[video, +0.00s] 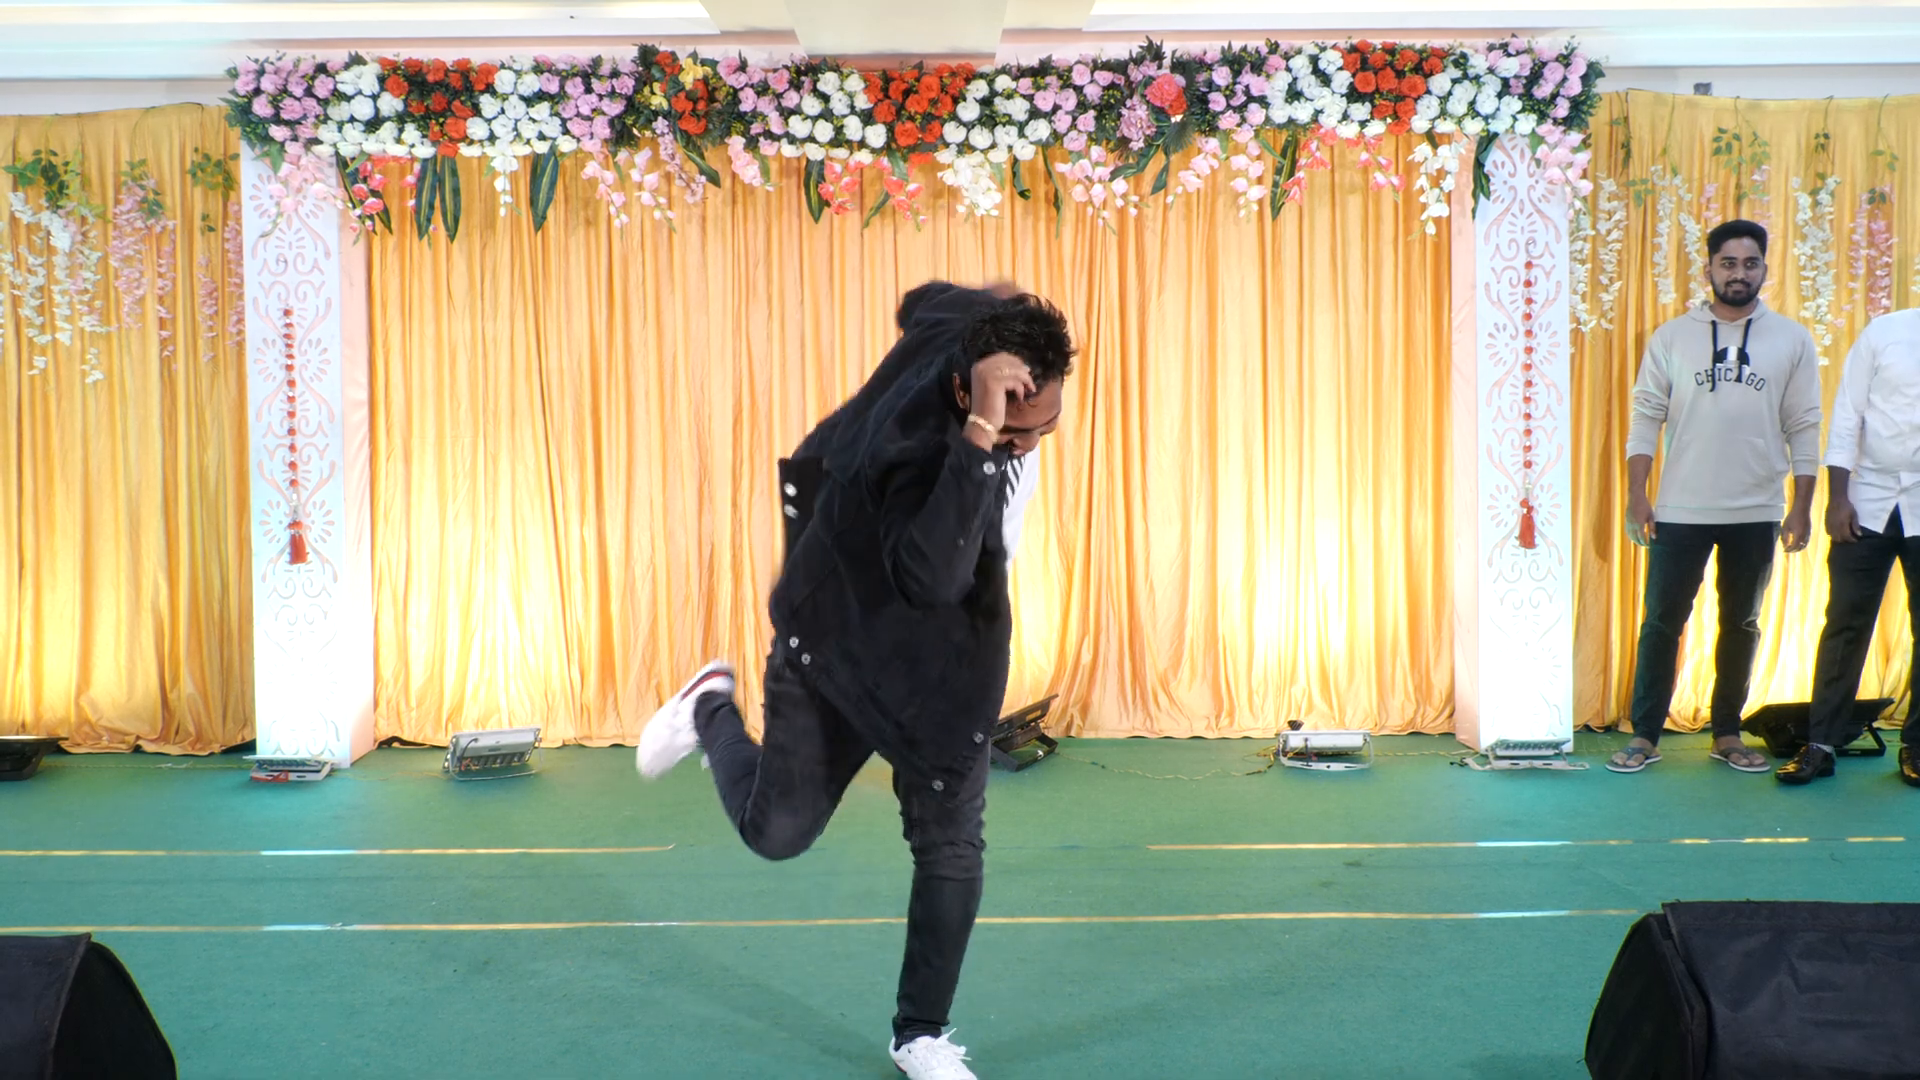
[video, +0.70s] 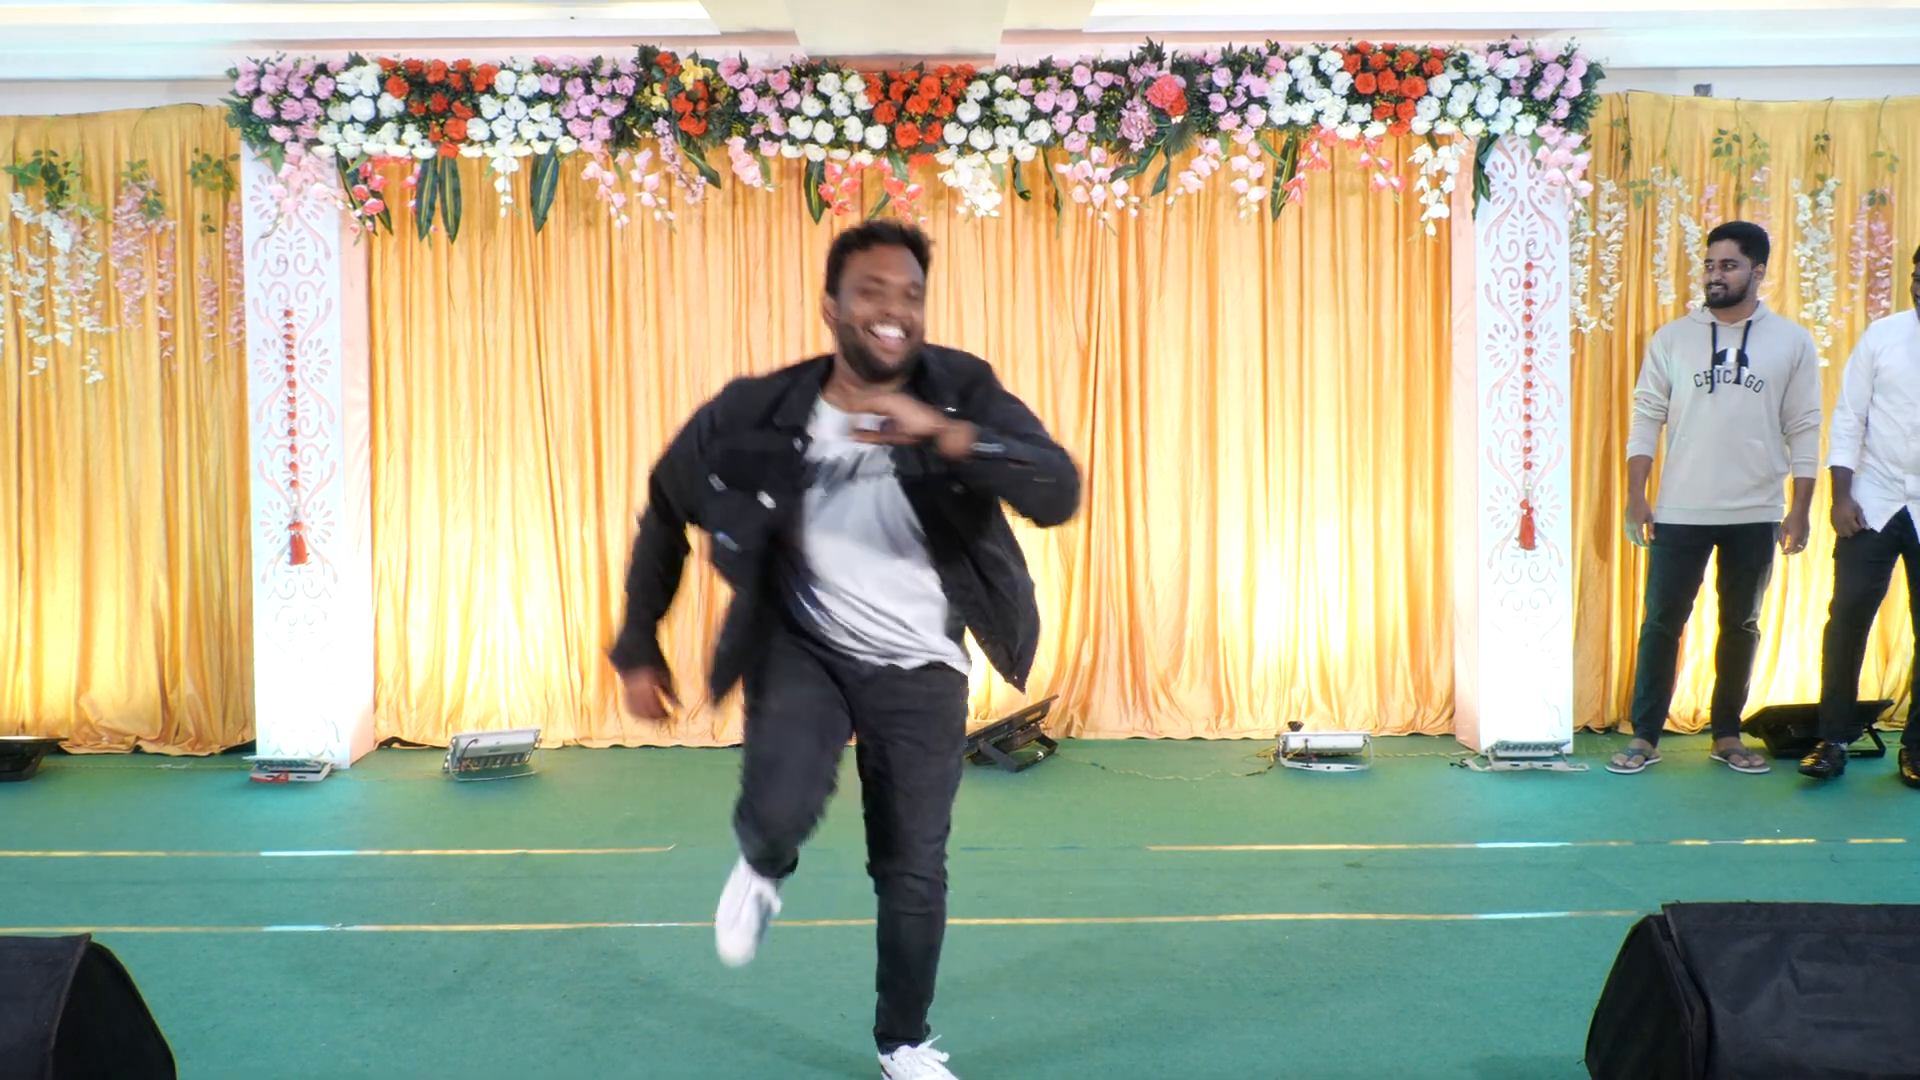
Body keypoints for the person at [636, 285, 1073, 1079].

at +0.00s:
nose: (1042, 436)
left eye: (1051, 420)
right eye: (1029, 422)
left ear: (1055, 383)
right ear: (973, 395)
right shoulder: (912, 445)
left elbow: (929, 301)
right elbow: (936, 576)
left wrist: (994, 306)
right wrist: (975, 444)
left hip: (944, 667)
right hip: (835, 648)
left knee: (951, 846)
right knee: (778, 831)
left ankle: (922, 1033)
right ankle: (707, 709)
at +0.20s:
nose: (1014, 383)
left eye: (1025, 369)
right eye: (1008, 365)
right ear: (979, 341)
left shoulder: (1002, 294)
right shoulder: (909, 365)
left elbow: (983, 196)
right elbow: (946, 471)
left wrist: (1041, 251)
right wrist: (1050, 360)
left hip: (928, 600)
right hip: (819, 589)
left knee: (930, 798)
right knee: (762, 774)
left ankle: (921, 1014)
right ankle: (744, 844)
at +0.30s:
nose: (1028, 394)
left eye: (1042, 370)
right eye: (1003, 381)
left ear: (1052, 329)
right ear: (956, 359)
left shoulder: (971, 297)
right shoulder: (947, 426)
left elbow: (988, 178)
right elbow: (983, 534)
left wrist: (1092, 171)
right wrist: (1108, 450)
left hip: (929, 629)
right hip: (818, 614)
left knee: (938, 834)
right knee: (750, 766)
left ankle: (916, 1031)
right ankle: (718, 848)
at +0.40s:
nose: (993, 394)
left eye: (1005, 370)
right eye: (969, 378)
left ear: (1017, 343)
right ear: (921, 365)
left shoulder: (961, 335)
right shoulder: (922, 481)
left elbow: (1034, 255)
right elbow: (949, 656)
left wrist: (1162, 195)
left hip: (934, 675)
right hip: (832, 677)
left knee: (962, 863)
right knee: (760, 821)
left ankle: (909, 1041)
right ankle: (706, 799)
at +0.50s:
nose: (955, 370)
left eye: (969, 349)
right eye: (933, 349)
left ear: (982, 350)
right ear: (887, 354)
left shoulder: (995, 391)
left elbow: (1110, 374)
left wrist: (1166, 328)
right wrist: (902, 830)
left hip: (939, 671)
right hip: (831, 682)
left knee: (962, 876)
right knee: (798, 892)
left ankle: (907, 1043)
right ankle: (733, 774)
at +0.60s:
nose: (928, 342)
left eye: (942, 323)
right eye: (904, 322)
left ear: (957, 332)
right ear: (857, 335)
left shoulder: (996, 407)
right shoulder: (789, 458)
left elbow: (1147, 480)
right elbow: (738, 616)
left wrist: (1110, 416)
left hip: (937, 688)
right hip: (824, 695)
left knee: (937, 883)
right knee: (816, 886)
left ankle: (907, 1042)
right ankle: (754, 798)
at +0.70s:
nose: (891, 312)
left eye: (909, 296)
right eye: (870, 293)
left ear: (925, 307)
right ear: (830, 304)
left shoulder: (960, 390)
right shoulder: (755, 411)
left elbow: (1059, 493)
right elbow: (666, 506)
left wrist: (946, 434)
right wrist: (638, 640)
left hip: (918, 663)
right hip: (801, 645)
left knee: (914, 866)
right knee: (777, 810)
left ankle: (905, 1041)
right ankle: (761, 872)